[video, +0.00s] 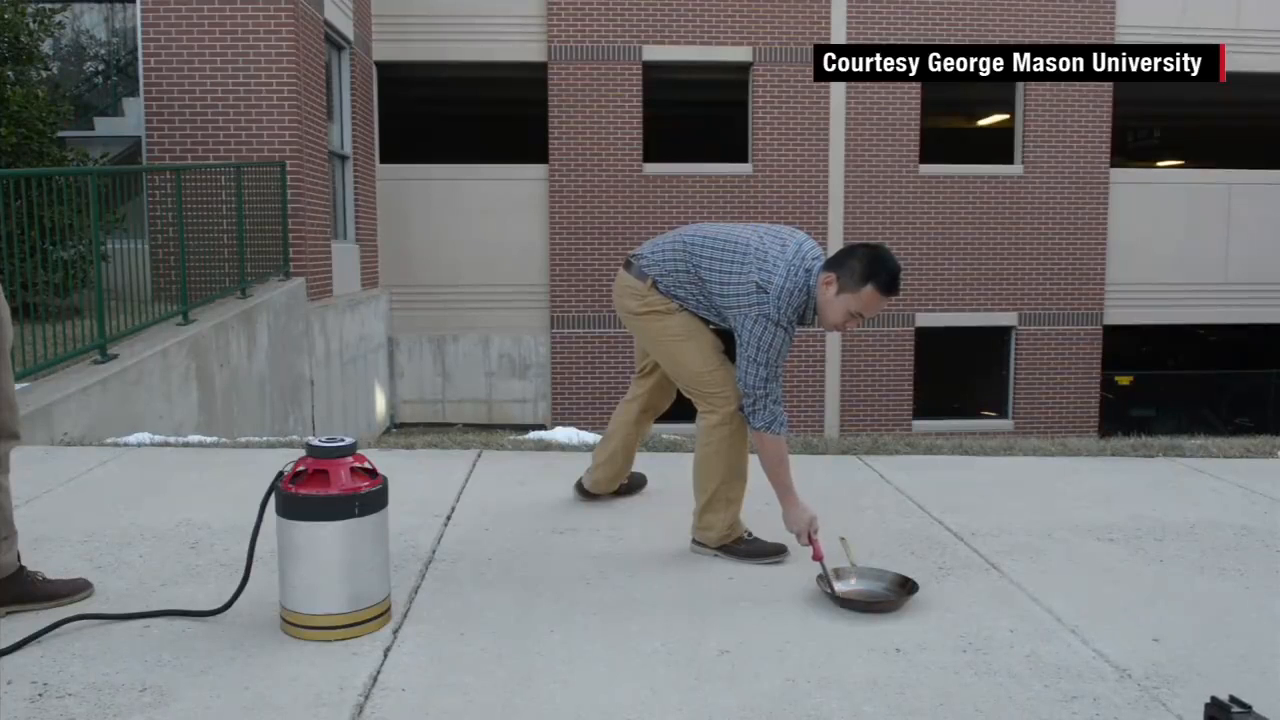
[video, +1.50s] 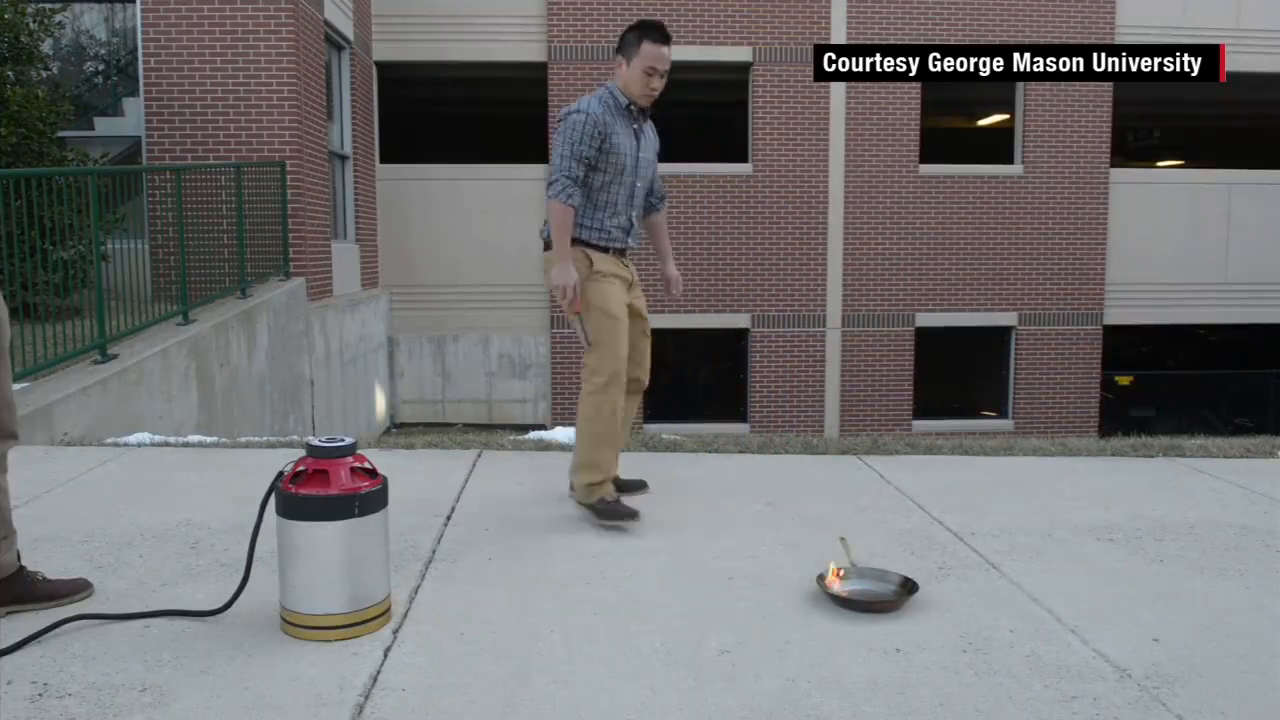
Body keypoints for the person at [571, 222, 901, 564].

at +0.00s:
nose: (852, 327)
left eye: (862, 320)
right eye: (853, 315)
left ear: (832, 278)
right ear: (829, 284)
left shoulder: (805, 255)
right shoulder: (768, 300)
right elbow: (763, 409)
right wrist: (791, 503)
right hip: (652, 290)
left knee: (654, 385)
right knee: (726, 402)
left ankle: (601, 478)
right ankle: (717, 532)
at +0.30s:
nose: (852, 326)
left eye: (862, 320)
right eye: (853, 314)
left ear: (832, 278)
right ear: (828, 284)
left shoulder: (804, 255)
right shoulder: (767, 300)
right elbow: (762, 409)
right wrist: (790, 503)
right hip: (651, 289)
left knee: (653, 386)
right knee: (725, 401)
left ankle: (601, 478)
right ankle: (717, 532)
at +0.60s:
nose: (850, 324)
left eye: (860, 317)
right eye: (851, 312)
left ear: (829, 276)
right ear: (826, 281)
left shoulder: (802, 253)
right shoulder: (766, 297)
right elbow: (757, 403)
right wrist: (787, 498)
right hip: (650, 288)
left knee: (652, 387)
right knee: (722, 401)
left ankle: (601, 478)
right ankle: (717, 531)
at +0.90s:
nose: (836, 270)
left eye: (845, 262)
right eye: (834, 257)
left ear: (806, 230)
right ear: (805, 232)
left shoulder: (778, 225)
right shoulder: (751, 264)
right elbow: (720, 360)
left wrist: (731, 346)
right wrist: (725, 453)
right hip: (636, 287)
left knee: (660, 382)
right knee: (707, 400)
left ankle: (598, 476)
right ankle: (717, 532)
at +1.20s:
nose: (750, 150)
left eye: (756, 141)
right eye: (744, 138)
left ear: (753, 135)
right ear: (711, 126)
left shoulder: (706, 174)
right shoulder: (680, 177)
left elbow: (691, 248)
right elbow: (635, 255)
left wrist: (712, 303)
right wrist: (627, 329)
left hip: (649, 290)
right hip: (621, 292)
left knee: (662, 388)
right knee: (679, 396)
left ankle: (596, 473)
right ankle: (712, 526)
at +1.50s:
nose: (657, 84)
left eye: (664, 75)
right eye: (649, 72)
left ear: (666, 73)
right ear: (619, 65)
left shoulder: (646, 131)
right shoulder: (586, 116)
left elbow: (652, 204)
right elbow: (562, 189)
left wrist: (667, 262)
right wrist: (561, 260)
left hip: (622, 263)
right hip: (588, 260)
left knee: (633, 373)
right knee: (607, 368)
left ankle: (602, 471)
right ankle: (591, 485)